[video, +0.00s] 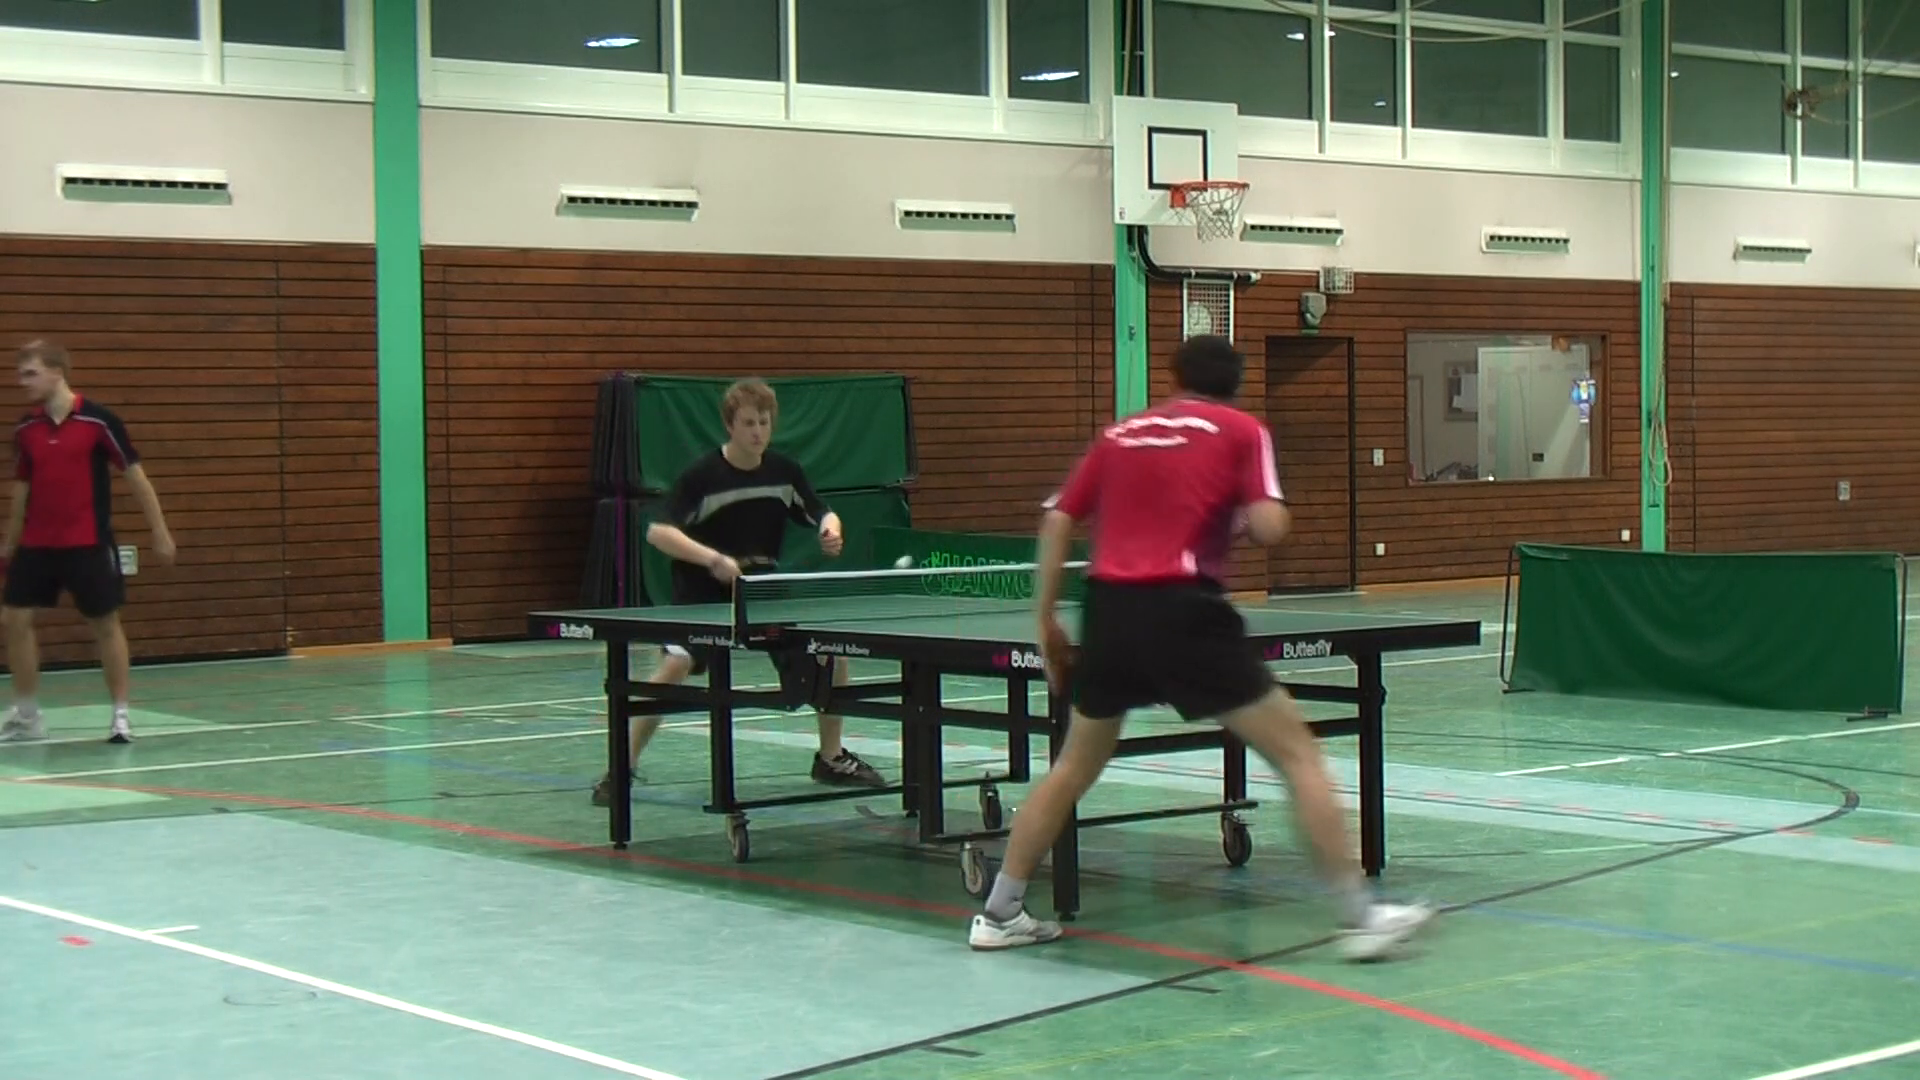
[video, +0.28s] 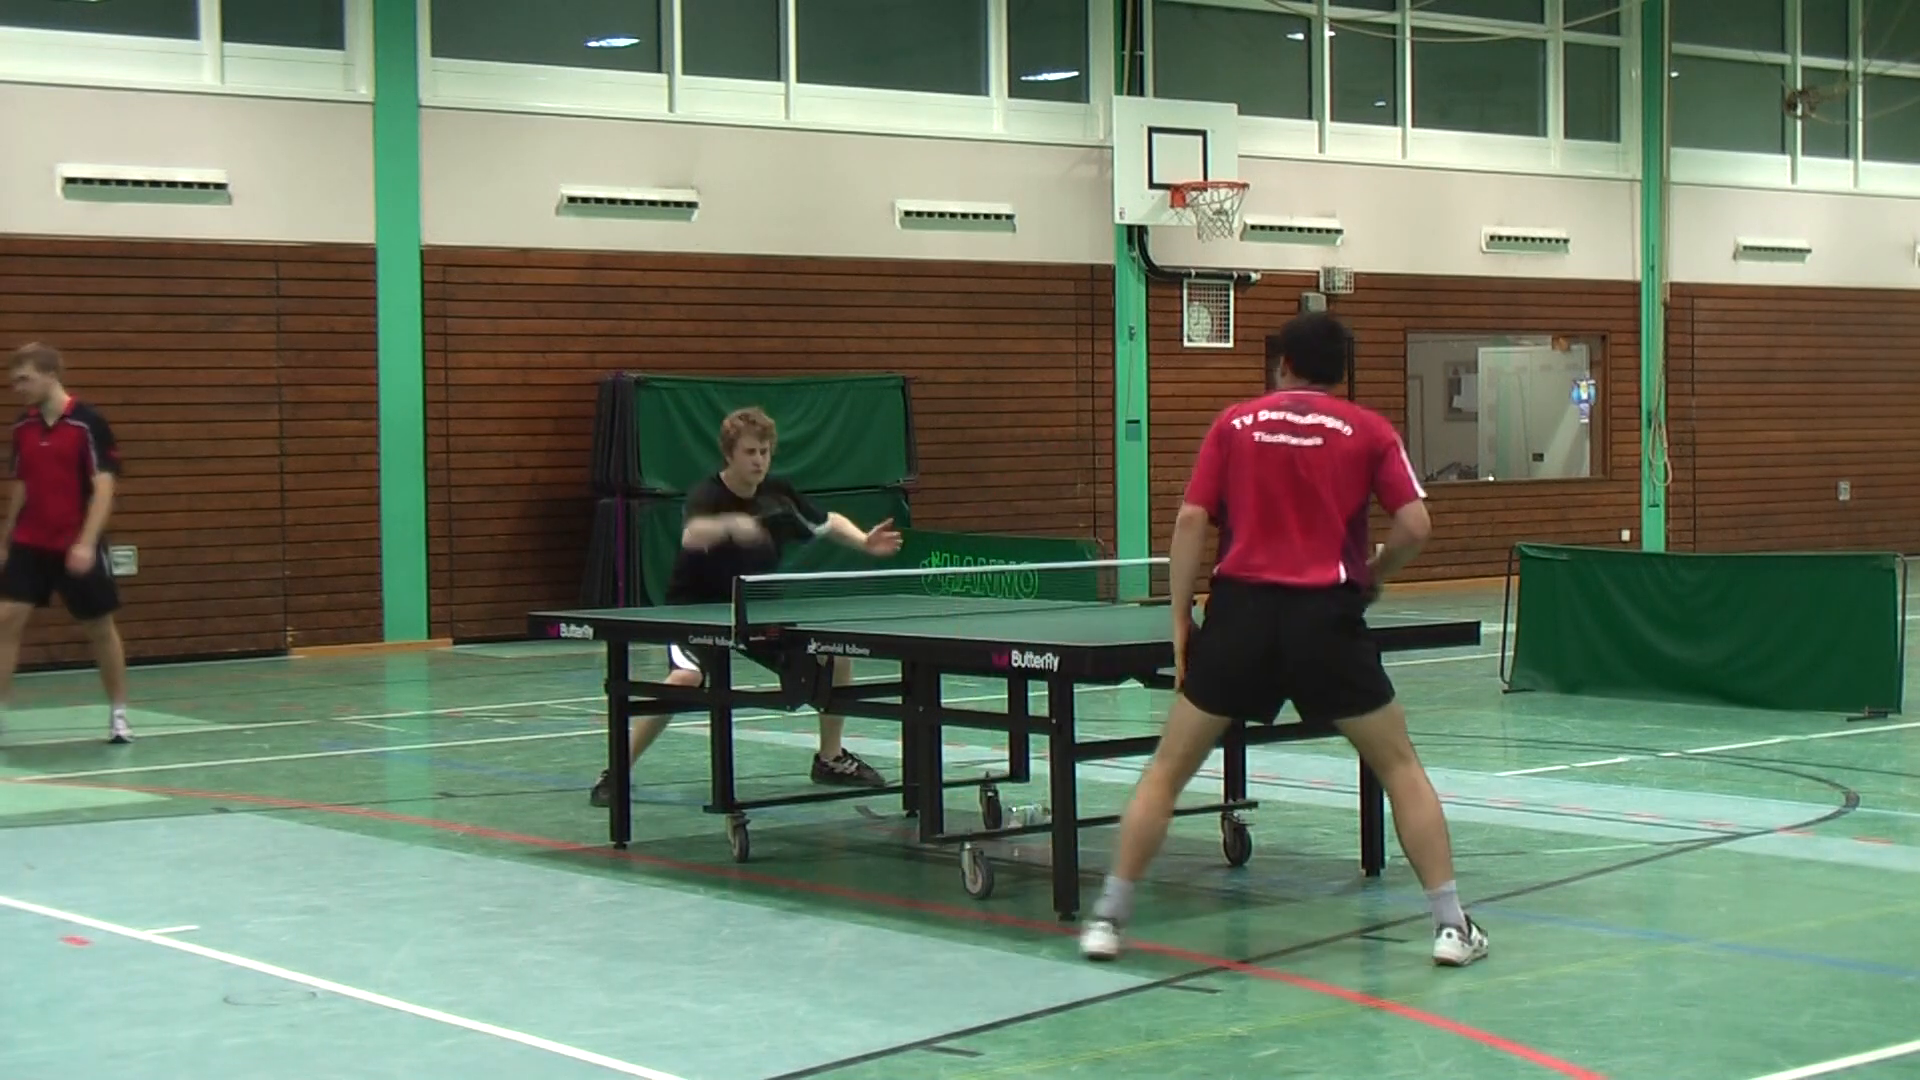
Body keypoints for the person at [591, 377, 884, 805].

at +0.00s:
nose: (758, 432)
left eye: (764, 423)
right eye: (748, 423)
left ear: (773, 424)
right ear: (729, 425)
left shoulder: (784, 471)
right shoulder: (703, 475)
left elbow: (822, 513)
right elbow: (659, 531)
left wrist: (831, 529)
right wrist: (711, 558)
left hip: (768, 598)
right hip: (705, 599)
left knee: (834, 652)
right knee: (676, 664)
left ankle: (831, 757)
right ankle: (622, 767)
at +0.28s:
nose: (760, 459)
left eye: (765, 451)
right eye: (751, 451)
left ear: (771, 454)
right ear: (728, 453)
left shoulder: (778, 494)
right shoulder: (707, 495)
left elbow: (830, 523)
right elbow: (693, 534)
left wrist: (865, 541)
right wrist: (732, 525)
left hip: (755, 612)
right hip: (694, 613)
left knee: (838, 654)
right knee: (686, 677)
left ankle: (831, 756)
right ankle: (619, 772)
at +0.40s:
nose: (751, 430)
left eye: (756, 421)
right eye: (742, 422)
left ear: (762, 424)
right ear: (720, 424)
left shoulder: (767, 471)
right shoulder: (701, 462)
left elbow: (811, 496)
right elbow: (679, 464)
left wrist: (856, 525)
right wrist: (682, 459)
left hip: (747, 601)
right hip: (689, 602)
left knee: (823, 652)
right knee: (686, 674)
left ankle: (831, 757)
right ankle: (619, 769)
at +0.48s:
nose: (746, 398)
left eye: (751, 390)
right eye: (737, 390)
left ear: (756, 395)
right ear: (713, 395)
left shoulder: (759, 447)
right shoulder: (690, 432)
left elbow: (799, 484)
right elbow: (646, 463)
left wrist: (838, 521)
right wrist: (659, 450)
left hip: (742, 573)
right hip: (684, 576)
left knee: (803, 646)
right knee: (675, 661)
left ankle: (828, 753)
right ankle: (618, 767)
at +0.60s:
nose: (730, 380)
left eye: (735, 373)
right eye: (720, 372)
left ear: (742, 378)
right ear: (698, 377)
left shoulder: (750, 431)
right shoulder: (670, 427)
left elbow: (786, 476)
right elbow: (623, 473)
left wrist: (816, 521)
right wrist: (646, 464)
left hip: (729, 563)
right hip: (667, 564)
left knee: (780, 641)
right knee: (635, 652)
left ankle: (770, 742)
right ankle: (595, 757)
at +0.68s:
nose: (716, 384)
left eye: (722, 376)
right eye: (706, 377)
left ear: (729, 380)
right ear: (684, 382)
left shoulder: (741, 436)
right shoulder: (662, 434)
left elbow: (778, 480)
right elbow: (610, 485)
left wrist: (801, 525)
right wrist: (636, 475)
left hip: (722, 572)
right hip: (659, 571)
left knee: (768, 648)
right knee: (618, 655)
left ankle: (764, 753)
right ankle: (565, 753)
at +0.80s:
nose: (690, 384)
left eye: (695, 376)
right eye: (680, 376)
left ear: (701, 380)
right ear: (657, 381)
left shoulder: (713, 436)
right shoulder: (632, 435)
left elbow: (750, 482)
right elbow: (584, 486)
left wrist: (765, 516)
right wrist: (617, 489)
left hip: (696, 574)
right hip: (633, 575)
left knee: (744, 650)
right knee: (592, 660)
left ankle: (760, 755)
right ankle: (544, 766)